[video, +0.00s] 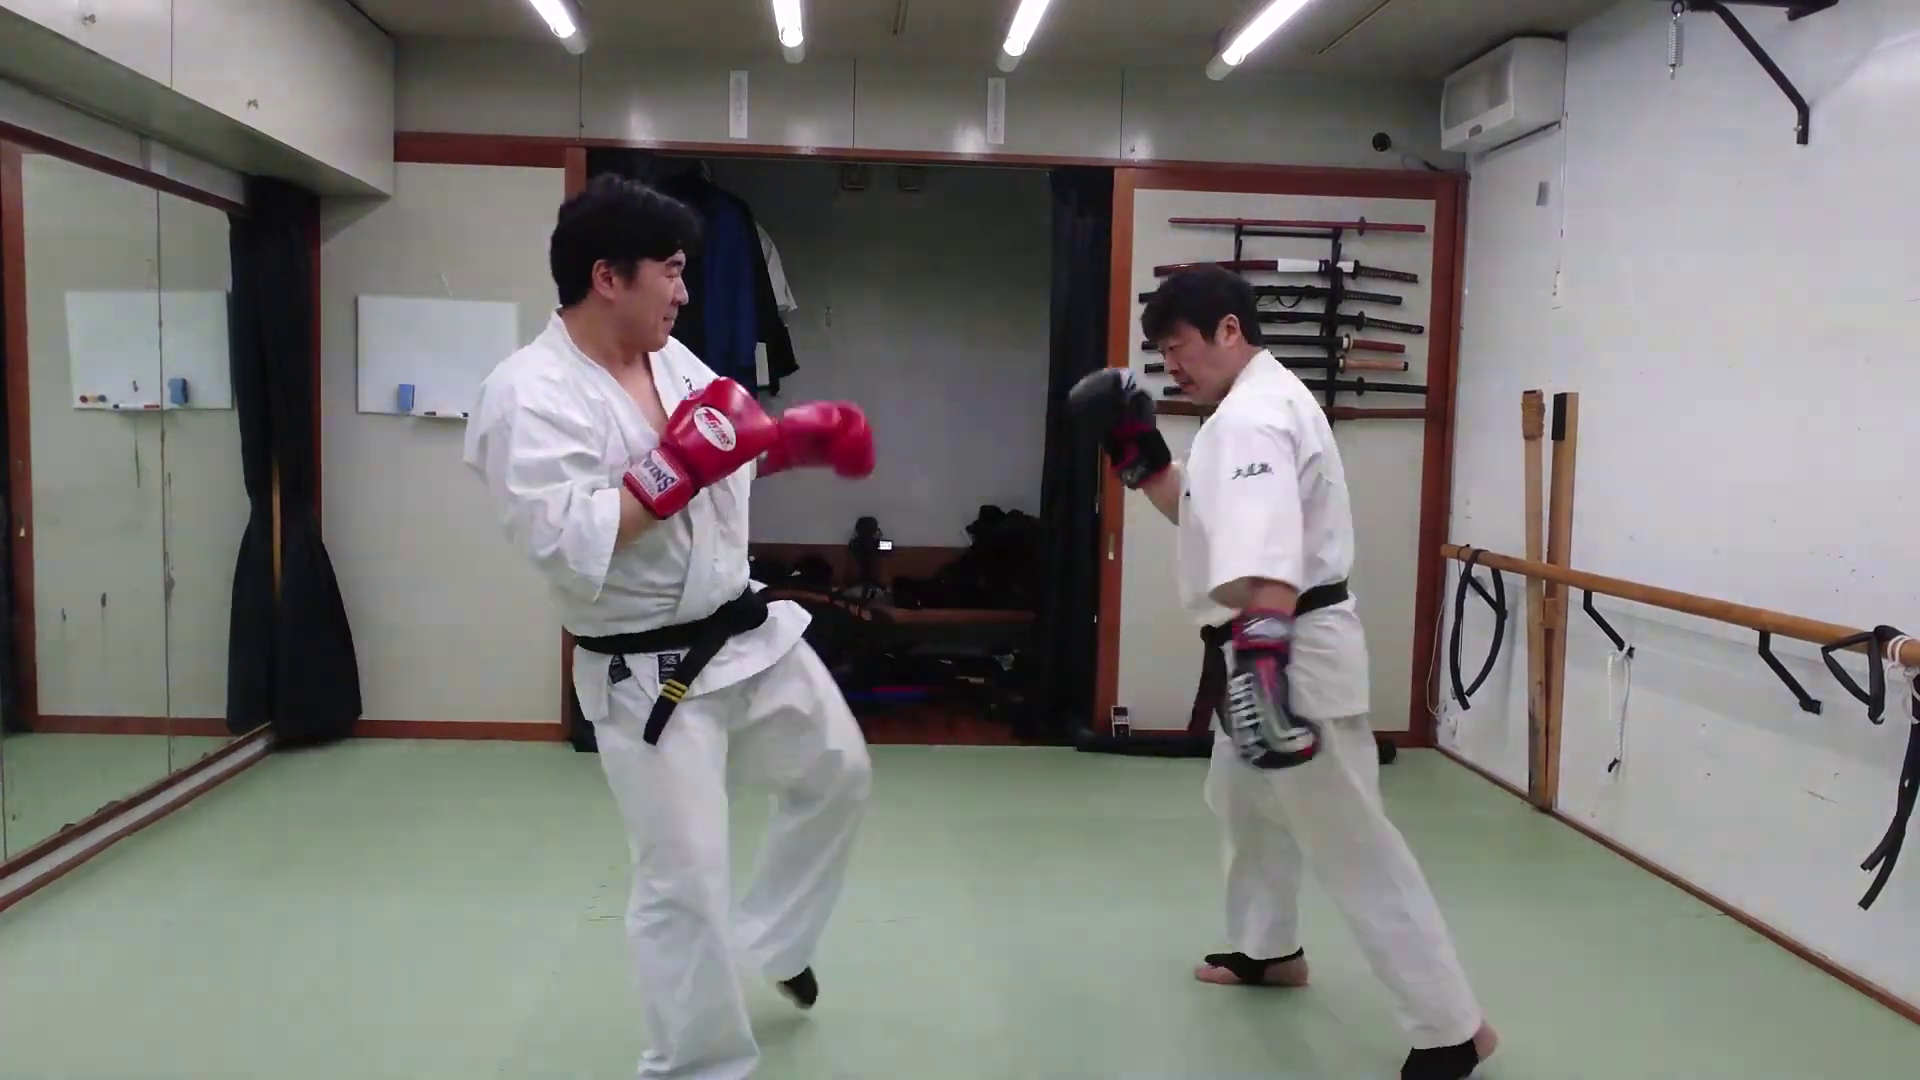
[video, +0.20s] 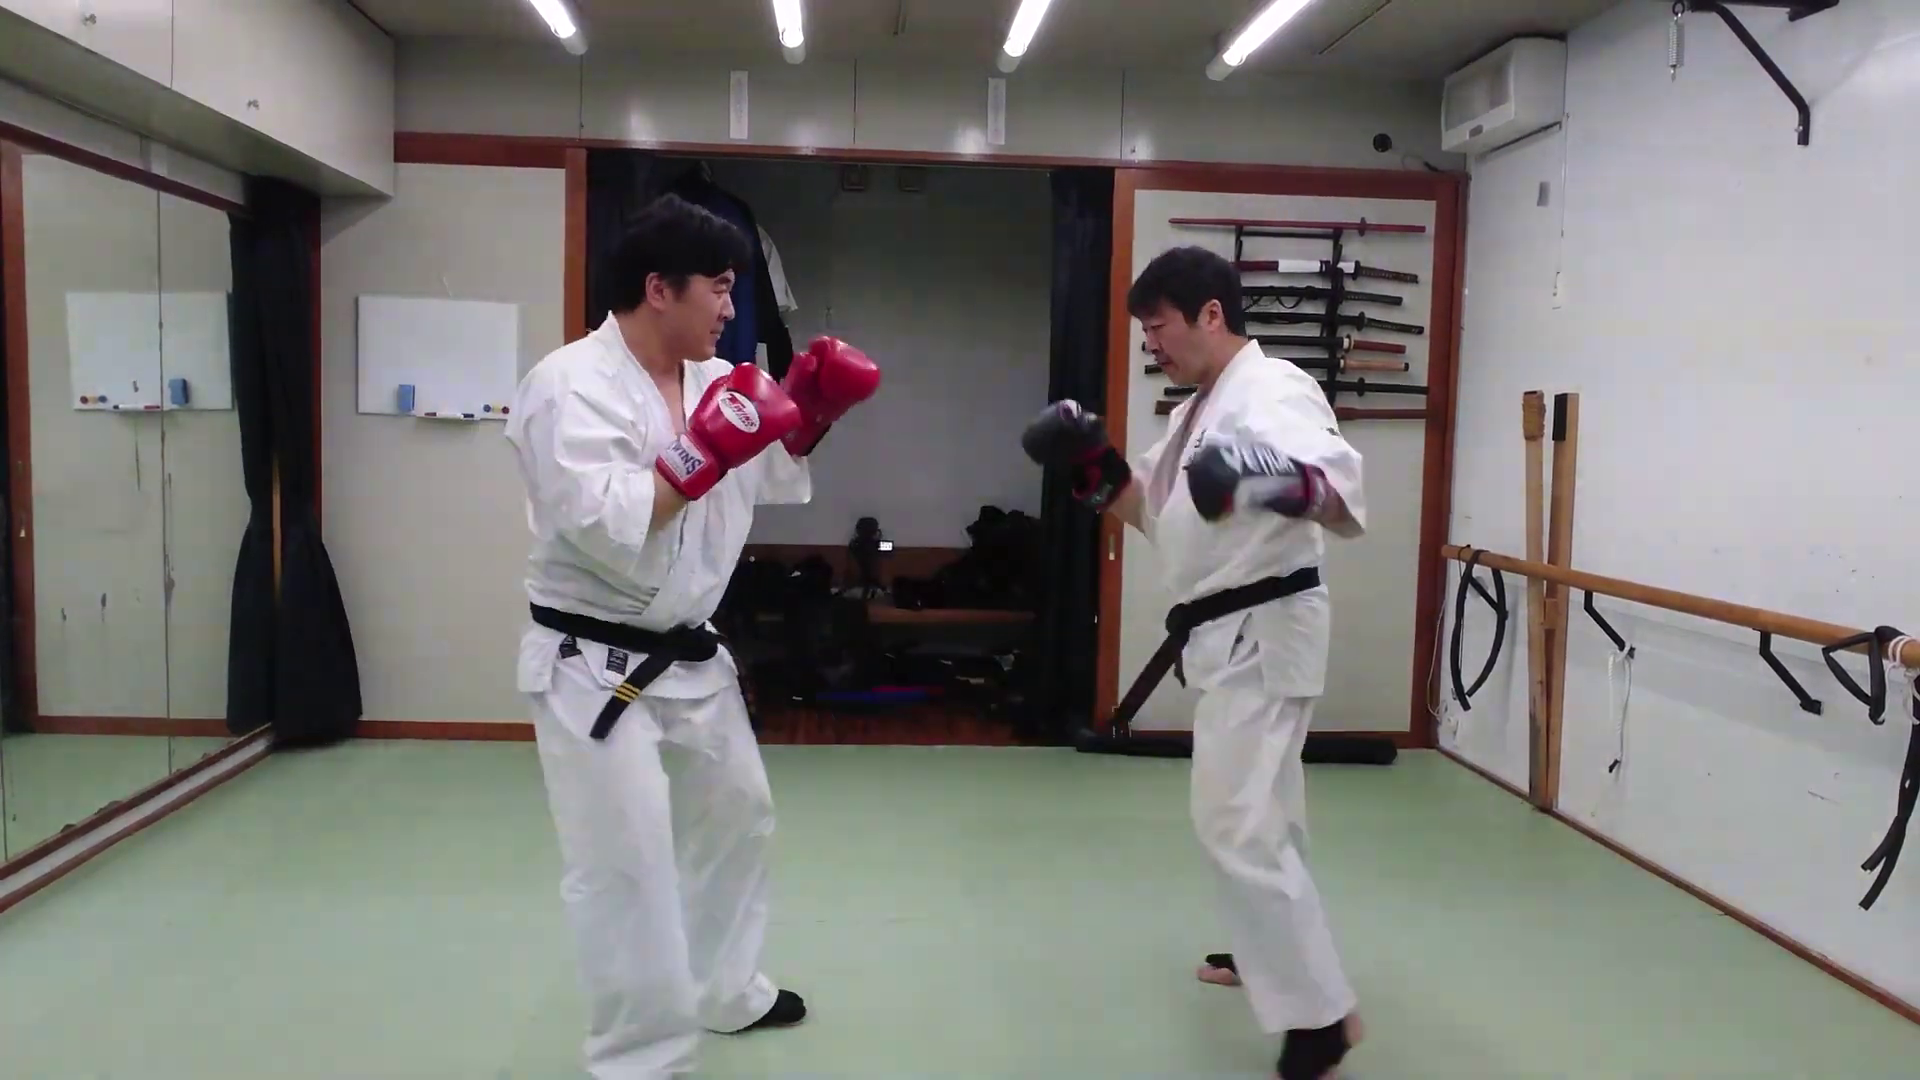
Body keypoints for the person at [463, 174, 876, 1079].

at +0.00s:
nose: (683, 293)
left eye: (683, 273)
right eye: (669, 273)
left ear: (624, 278)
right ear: (605, 278)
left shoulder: (667, 357)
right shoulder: (528, 394)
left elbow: (730, 436)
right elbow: (571, 543)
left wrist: (796, 439)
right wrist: (683, 461)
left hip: (747, 627)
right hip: (644, 667)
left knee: (837, 774)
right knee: (685, 883)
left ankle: (773, 939)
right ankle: (697, 1065)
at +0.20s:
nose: (731, 304)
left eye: (732, 286)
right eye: (717, 286)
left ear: (677, 293)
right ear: (658, 290)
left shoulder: (722, 380)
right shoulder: (569, 386)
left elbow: (771, 473)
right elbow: (610, 529)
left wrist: (806, 413)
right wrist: (703, 456)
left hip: (692, 653)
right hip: (591, 658)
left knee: (737, 813)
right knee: (625, 858)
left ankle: (725, 992)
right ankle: (639, 1051)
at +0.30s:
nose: (719, 304)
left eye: (722, 287)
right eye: (708, 285)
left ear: (663, 285)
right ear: (649, 280)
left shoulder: (697, 379)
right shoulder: (560, 369)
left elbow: (731, 472)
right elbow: (577, 505)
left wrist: (784, 468)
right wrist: (686, 469)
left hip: (664, 639)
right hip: (560, 636)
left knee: (704, 810)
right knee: (569, 823)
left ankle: (721, 988)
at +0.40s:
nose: (685, 308)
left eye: (687, 291)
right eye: (673, 289)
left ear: (628, 291)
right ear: (615, 287)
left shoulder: (653, 384)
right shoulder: (530, 371)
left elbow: (688, 489)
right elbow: (536, 509)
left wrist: (728, 523)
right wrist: (655, 487)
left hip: (638, 641)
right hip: (536, 640)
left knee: (691, 812)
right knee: (497, 822)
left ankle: (719, 988)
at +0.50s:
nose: (643, 328)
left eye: (645, 310)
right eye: (631, 308)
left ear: (586, 313)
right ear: (573, 309)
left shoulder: (600, 406)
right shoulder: (491, 397)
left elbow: (598, 535)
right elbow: (487, 529)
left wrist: (657, 567)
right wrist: (608, 508)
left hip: (594, 660)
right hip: (491, 663)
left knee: (676, 813)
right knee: (430, 824)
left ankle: (719, 987)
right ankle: (301, 945)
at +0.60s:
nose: (591, 351)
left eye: (593, 335)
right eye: (579, 332)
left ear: (538, 332)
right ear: (521, 328)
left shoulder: (555, 419)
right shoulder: (431, 414)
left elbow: (556, 527)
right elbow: (469, 553)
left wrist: (619, 526)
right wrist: (571, 493)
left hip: (531, 672)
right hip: (424, 672)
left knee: (606, 826)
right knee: (367, 834)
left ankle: (699, 970)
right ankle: (290, 966)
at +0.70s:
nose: (551, 341)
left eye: (557, 323)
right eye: (541, 321)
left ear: (499, 320)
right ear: (486, 316)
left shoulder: (499, 406)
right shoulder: (409, 400)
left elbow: (554, 498)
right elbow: (481, 524)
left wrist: (610, 461)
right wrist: (526, 441)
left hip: (482, 647)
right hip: (379, 646)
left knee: (557, 793)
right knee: (349, 812)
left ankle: (608, 963)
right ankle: (293, 973)